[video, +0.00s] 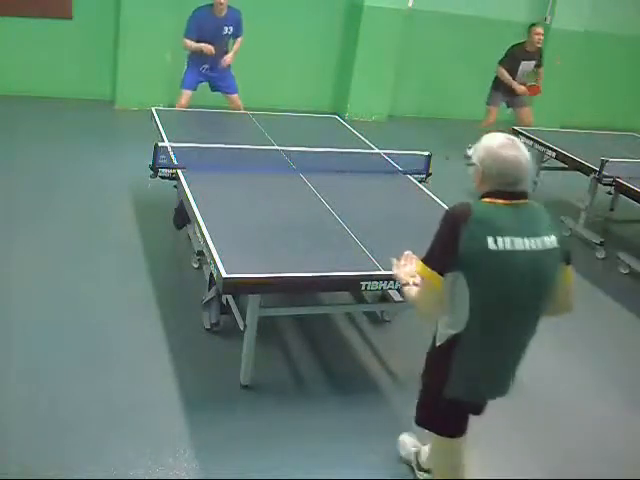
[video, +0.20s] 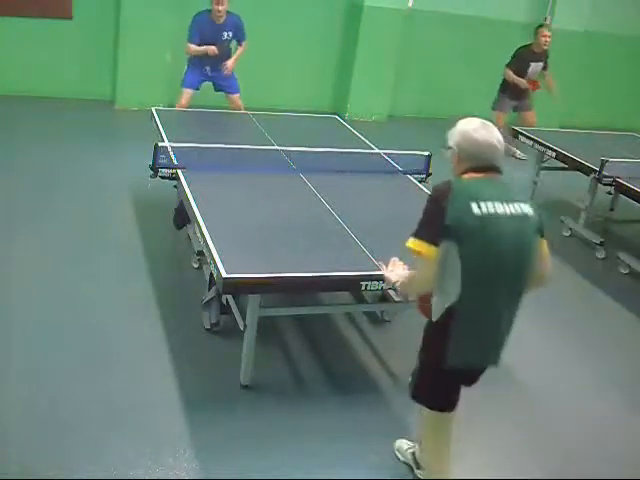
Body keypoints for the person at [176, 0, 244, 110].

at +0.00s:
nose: (221, 1)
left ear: (228, 1)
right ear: (213, 1)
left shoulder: (235, 15)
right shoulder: (199, 14)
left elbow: (238, 38)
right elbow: (186, 43)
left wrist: (231, 55)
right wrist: (201, 46)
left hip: (221, 65)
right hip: (197, 64)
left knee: (236, 105)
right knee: (183, 103)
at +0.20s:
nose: (219, 8)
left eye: (222, 5)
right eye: (216, 4)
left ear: (227, 6)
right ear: (211, 5)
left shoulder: (235, 21)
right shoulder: (199, 19)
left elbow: (242, 44)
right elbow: (190, 49)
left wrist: (232, 61)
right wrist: (206, 49)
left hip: (222, 66)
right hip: (198, 65)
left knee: (237, 104)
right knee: (183, 103)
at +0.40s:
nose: (212, 12)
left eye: (216, 8)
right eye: (209, 8)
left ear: (221, 8)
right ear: (204, 7)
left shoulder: (229, 22)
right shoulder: (194, 21)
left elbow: (238, 43)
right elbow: (184, 52)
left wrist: (230, 63)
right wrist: (199, 51)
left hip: (217, 66)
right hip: (193, 65)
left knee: (233, 104)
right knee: (179, 101)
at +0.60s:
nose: (209, 17)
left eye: (212, 13)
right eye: (206, 12)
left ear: (218, 12)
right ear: (200, 11)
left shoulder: (225, 25)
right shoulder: (189, 24)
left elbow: (231, 46)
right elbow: (175, 52)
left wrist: (221, 66)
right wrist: (183, 55)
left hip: (213, 66)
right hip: (190, 66)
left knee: (232, 103)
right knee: (178, 101)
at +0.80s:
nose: (211, 21)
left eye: (215, 17)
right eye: (208, 17)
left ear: (220, 16)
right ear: (203, 15)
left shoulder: (228, 28)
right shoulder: (192, 27)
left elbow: (233, 49)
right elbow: (179, 57)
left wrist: (223, 69)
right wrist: (189, 59)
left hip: (216, 67)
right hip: (193, 66)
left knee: (233, 103)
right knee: (179, 100)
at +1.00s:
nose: (216, 23)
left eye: (220, 18)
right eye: (212, 18)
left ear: (225, 18)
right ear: (207, 16)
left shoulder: (232, 30)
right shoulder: (197, 29)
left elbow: (236, 51)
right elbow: (183, 59)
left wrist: (229, 69)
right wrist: (193, 62)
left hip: (218, 66)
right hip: (196, 65)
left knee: (232, 101)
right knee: (181, 99)